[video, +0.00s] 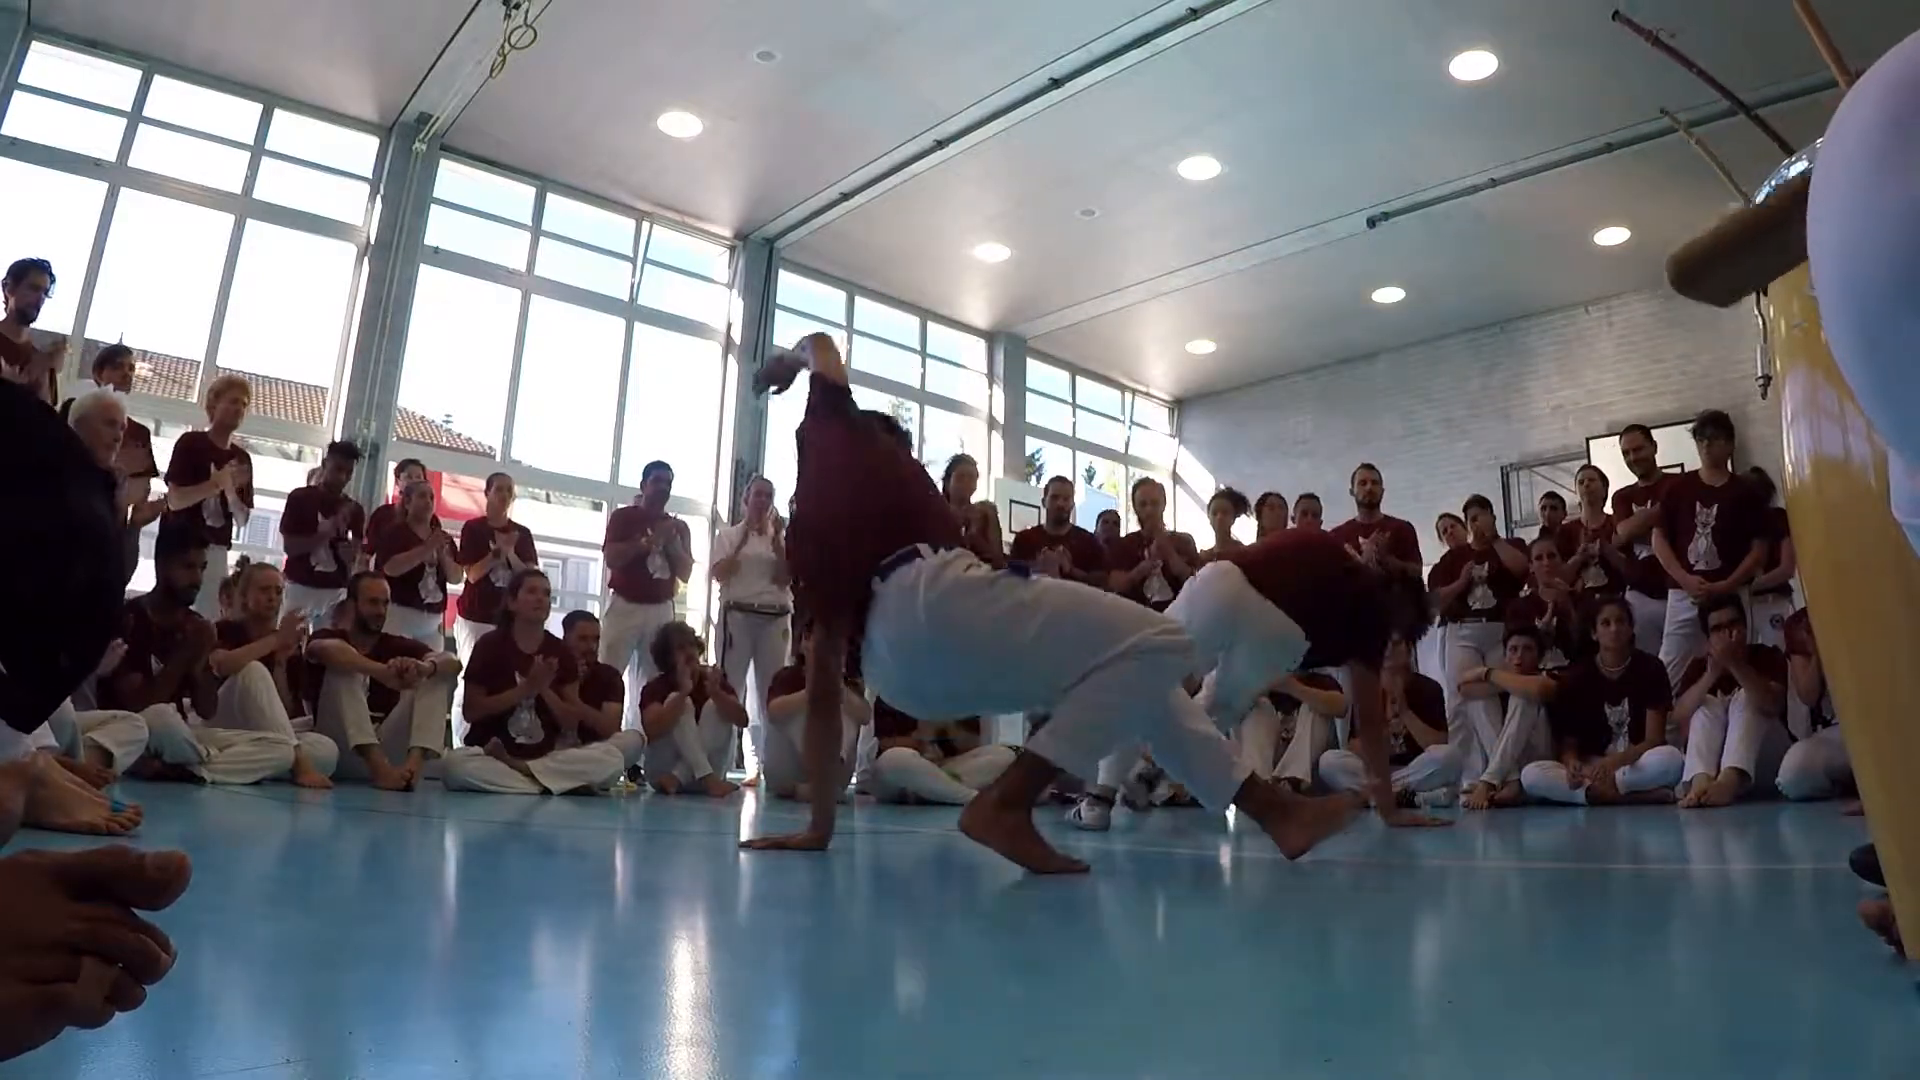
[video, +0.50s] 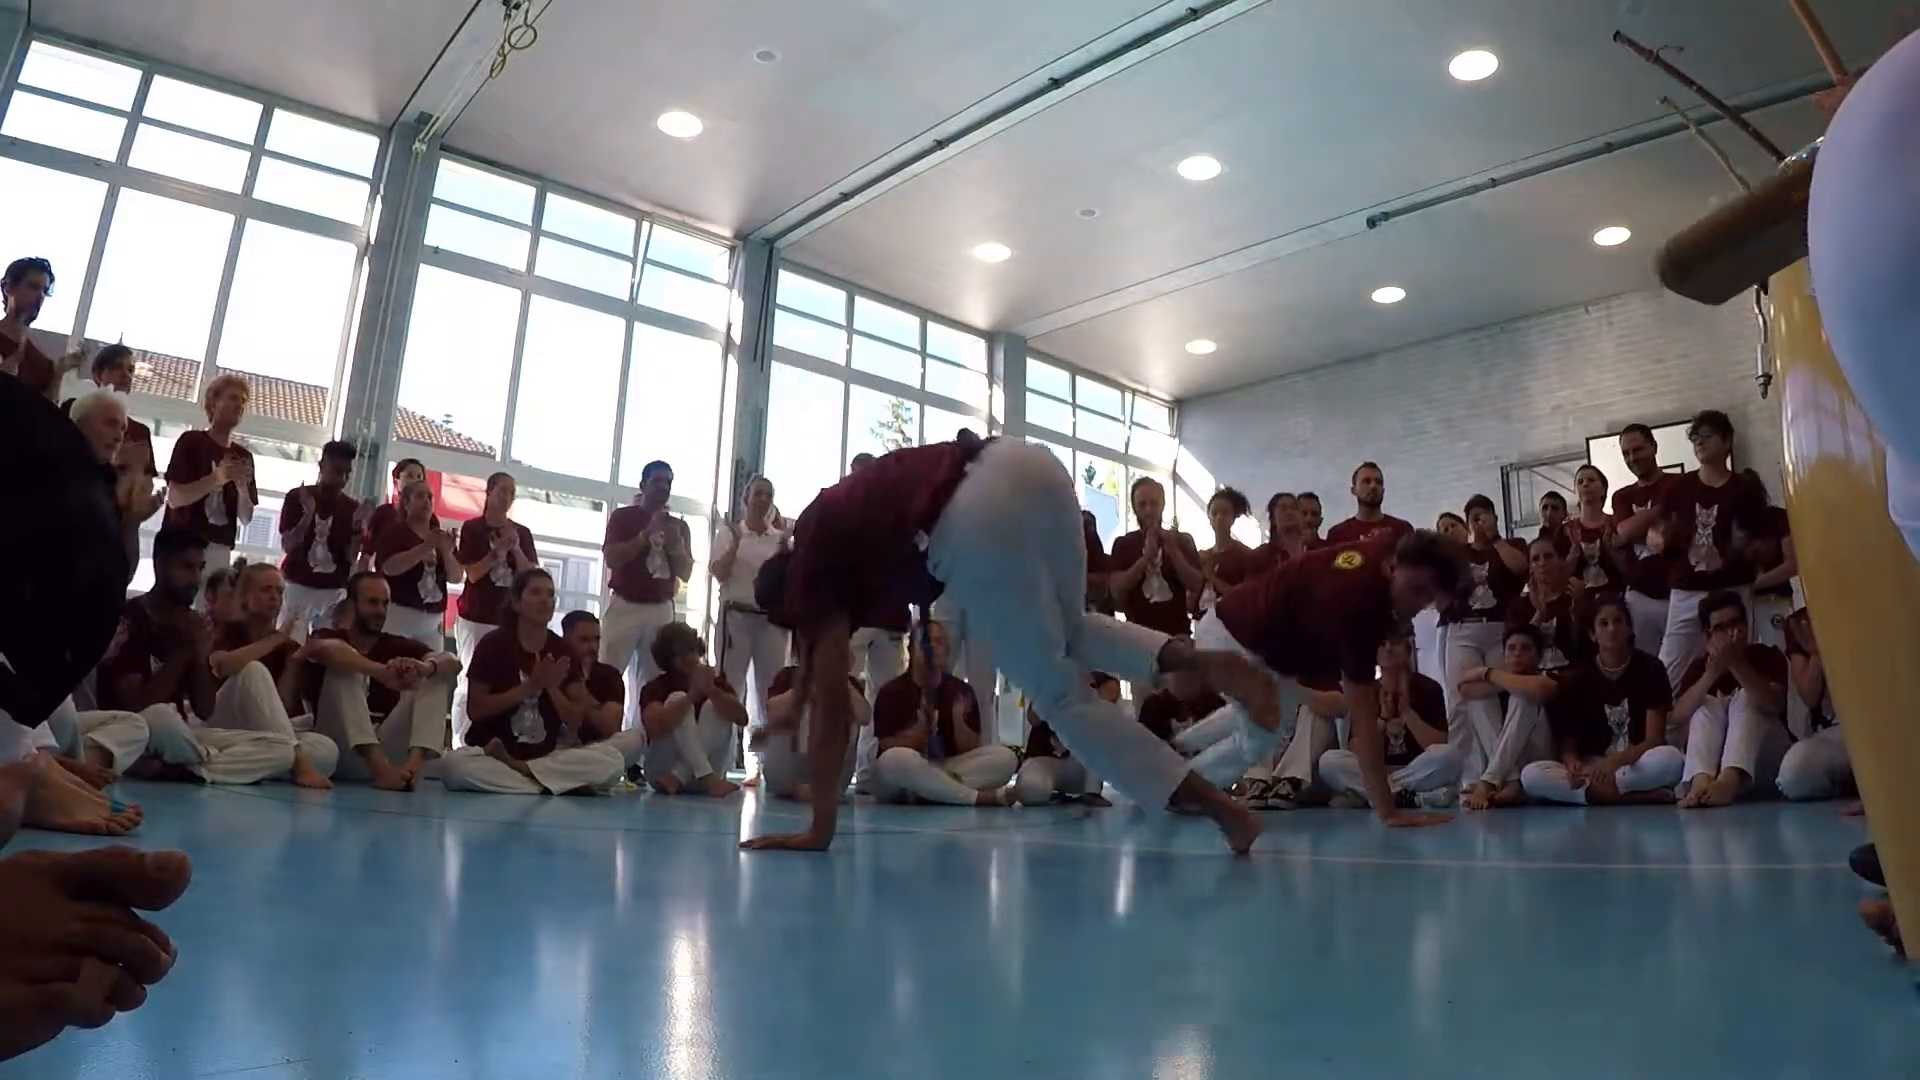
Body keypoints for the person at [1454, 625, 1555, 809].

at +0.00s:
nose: (1519, 656)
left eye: (1527, 650)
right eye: (1513, 649)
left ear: (1539, 655)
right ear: (1506, 655)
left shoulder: (1550, 677)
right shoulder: (1502, 678)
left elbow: (1539, 690)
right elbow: (1465, 688)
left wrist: (1488, 673)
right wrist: (1515, 682)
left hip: (1543, 759)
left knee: (1524, 692)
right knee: (1477, 695)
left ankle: (1490, 779)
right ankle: (1510, 780)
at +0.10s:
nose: (1519, 656)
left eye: (1527, 650)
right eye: (1513, 649)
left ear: (1539, 655)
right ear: (1506, 655)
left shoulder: (1550, 677)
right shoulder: (1501, 677)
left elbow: (1539, 691)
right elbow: (1465, 688)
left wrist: (1488, 673)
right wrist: (1515, 682)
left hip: (1543, 759)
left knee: (1524, 693)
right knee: (1477, 695)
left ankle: (1490, 780)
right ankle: (1510, 780)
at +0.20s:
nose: (1520, 655)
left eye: (1528, 649)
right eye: (1514, 649)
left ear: (1539, 655)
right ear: (1506, 655)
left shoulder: (1550, 677)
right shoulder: (1501, 678)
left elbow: (1541, 691)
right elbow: (1465, 688)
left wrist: (1488, 673)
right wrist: (1515, 681)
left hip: (1543, 759)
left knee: (1524, 692)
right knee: (1477, 696)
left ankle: (1490, 779)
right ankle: (1510, 780)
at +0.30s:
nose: (1520, 655)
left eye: (1528, 649)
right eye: (1514, 649)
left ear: (1539, 654)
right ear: (1506, 655)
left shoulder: (1551, 675)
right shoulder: (1502, 678)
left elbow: (1541, 690)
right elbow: (1465, 689)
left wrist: (1488, 673)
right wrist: (1515, 681)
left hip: (1543, 759)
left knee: (1524, 691)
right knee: (1477, 696)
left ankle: (1490, 780)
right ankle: (1510, 780)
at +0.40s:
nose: (1519, 655)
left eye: (1527, 649)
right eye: (1513, 649)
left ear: (1539, 654)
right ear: (1506, 654)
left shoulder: (1550, 676)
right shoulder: (1500, 678)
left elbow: (1540, 690)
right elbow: (1465, 689)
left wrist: (1488, 673)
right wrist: (1515, 681)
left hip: (1543, 759)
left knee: (1524, 693)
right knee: (1477, 696)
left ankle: (1489, 780)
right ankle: (1510, 780)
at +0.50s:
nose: (1517, 654)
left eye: (1525, 648)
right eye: (1512, 648)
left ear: (1537, 655)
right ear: (1504, 654)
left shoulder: (1548, 677)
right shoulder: (1498, 679)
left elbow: (1540, 691)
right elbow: (1465, 689)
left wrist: (1488, 673)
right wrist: (1514, 682)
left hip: (1541, 760)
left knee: (1524, 694)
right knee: (1477, 696)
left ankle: (1489, 780)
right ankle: (1510, 780)